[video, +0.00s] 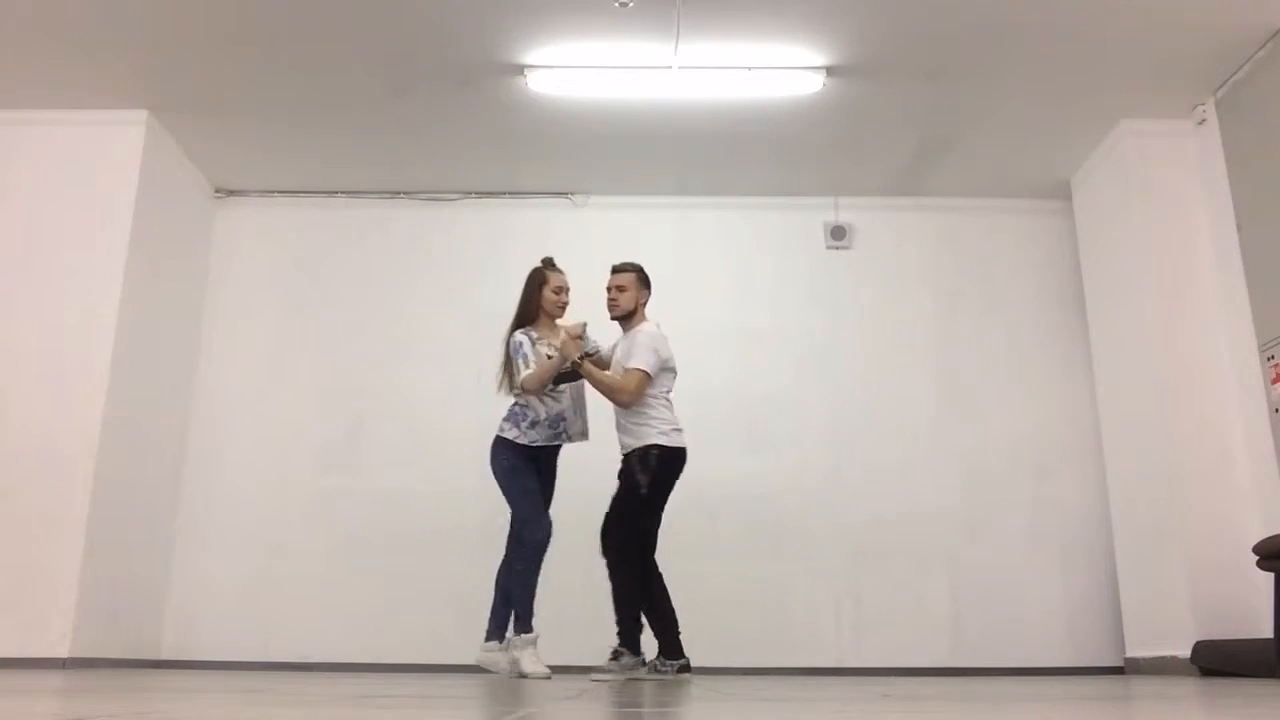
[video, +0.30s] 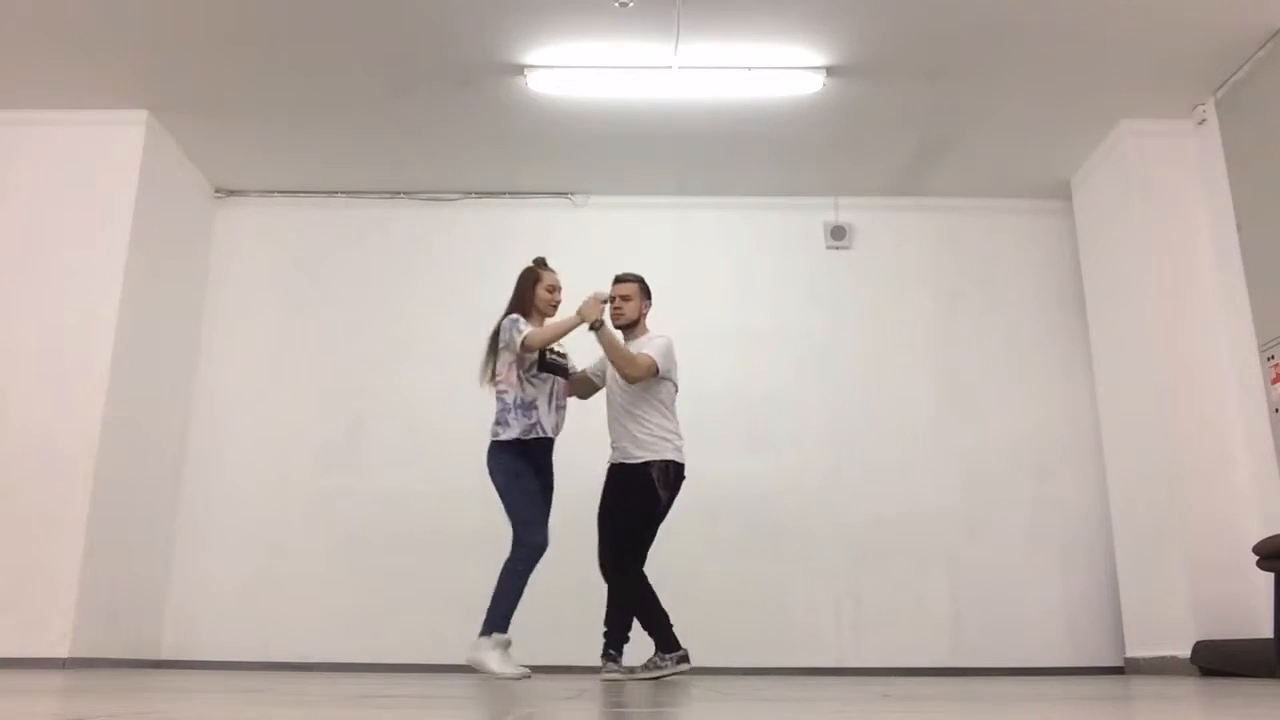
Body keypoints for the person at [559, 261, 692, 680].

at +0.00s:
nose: (611, 296)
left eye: (620, 290)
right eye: (609, 290)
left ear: (642, 296)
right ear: (610, 297)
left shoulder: (647, 337)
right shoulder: (622, 341)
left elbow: (626, 392)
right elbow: (587, 367)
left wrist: (580, 359)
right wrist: (570, 346)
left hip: (656, 451)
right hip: (641, 453)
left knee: (616, 538)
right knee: (636, 552)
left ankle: (629, 648)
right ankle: (672, 655)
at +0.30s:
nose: (616, 305)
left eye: (625, 299)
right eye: (612, 300)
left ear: (646, 305)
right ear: (610, 307)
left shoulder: (660, 344)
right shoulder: (612, 353)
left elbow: (634, 371)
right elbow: (582, 387)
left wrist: (600, 328)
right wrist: (555, 365)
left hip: (658, 465)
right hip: (623, 465)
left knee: (625, 561)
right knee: (613, 562)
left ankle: (612, 651)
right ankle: (669, 648)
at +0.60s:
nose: (616, 307)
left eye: (624, 301)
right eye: (611, 302)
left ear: (641, 309)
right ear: (604, 308)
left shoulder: (657, 351)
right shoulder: (593, 352)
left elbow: (669, 394)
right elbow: (565, 370)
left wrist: (633, 357)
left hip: (643, 466)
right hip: (597, 465)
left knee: (629, 559)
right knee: (593, 555)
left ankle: (617, 650)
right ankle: (600, 640)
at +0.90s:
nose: (607, 316)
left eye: (614, 310)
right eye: (600, 309)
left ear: (624, 317)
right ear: (586, 313)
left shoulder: (631, 364)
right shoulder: (570, 352)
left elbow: (671, 406)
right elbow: (512, 361)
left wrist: (663, 366)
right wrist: (546, 351)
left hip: (621, 468)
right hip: (579, 464)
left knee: (637, 550)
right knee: (585, 553)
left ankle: (627, 638)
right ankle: (588, 639)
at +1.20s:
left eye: (586, 279)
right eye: (616, 276)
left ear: (581, 282)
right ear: (620, 280)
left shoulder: (566, 324)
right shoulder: (638, 317)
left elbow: (514, 359)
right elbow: (685, 335)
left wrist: (548, 349)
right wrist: (671, 311)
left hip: (585, 436)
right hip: (629, 433)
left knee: (581, 540)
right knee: (645, 542)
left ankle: (570, 641)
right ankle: (638, 648)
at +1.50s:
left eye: (601, 281)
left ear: (603, 291)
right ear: (643, 287)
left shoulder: (585, 326)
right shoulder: (656, 325)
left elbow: (525, 343)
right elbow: (636, 307)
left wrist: (500, 333)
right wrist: (604, 284)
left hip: (608, 437)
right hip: (657, 432)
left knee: (601, 541)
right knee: (650, 543)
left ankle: (593, 638)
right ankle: (639, 649)